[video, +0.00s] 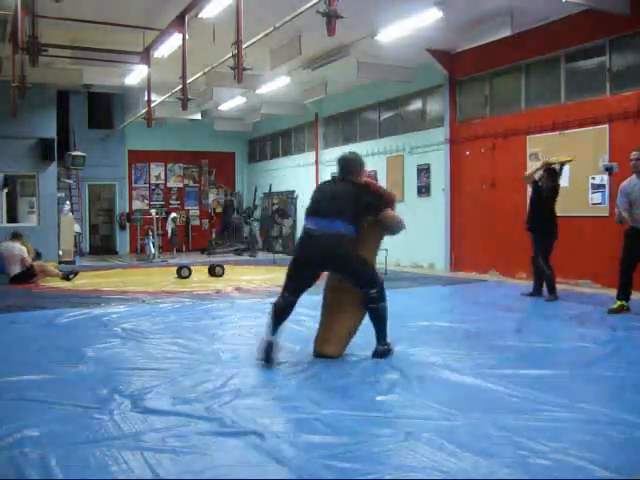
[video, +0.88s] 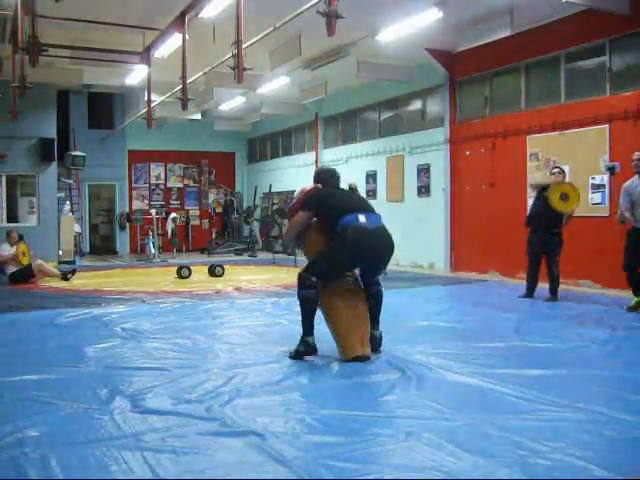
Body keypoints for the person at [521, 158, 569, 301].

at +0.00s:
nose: (541, 175)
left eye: (543, 174)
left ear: (544, 176)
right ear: (555, 178)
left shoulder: (539, 187)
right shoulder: (555, 187)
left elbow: (527, 178)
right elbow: (556, 176)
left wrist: (540, 167)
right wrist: (562, 165)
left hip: (539, 224)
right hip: (550, 222)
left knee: (540, 257)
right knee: (540, 257)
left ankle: (552, 291)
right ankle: (537, 289)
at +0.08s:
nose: (542, 174)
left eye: (543, 172)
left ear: (545, 172)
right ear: (555, 173)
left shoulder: (545, 185)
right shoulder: (551, 184)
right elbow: (533, 177)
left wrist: (535, 223)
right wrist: (545, 165)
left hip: (546, 224)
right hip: (546, 223)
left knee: (544, 257)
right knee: (537, 256)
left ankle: (552, 291)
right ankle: (537, 288)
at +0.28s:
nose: (547, 177)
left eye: (550, 176)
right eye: (549, 175)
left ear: (552, 177)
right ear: (554, 177)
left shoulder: (549, 191)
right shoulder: (547, 189)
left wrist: (542, 226)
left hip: (549, 228)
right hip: (544, 227)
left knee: (548, 258)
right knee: (532, 257)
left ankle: (553, 292)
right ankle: (539, 287)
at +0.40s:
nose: (549, 170)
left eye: (552, 168)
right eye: (548, 167)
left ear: (556, 173)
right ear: (546, 171)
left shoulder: (555, 193)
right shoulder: (544, 189)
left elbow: (550, 188)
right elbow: (544, 184)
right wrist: (548, 171)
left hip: (550, 228)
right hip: (541, 226)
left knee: (549, 258)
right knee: (530, 257)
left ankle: (553, 292)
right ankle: (539, 285)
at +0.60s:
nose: (551, 174)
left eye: (554, 171)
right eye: (549, 171)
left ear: (560, 174)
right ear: (547, 173)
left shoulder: (563, 192)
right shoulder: (545, 183)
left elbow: (562, 204)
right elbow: (543, 166)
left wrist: (564, 186)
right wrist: (560, 157)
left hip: (553, 228)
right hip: (540, 225)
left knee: (552, 261)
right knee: (529, 256)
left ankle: (554, 292)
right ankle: (533, 286)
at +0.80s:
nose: (561, 182)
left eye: (564, 181)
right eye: (559, 179)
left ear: (566, 184)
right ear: (555, 179)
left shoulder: (565, 196)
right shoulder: (544, 186)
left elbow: (564, 216)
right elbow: (538, 172)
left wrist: (566, 205)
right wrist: (556, 170)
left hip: (553, 230)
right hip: (537, 227)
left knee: (553, 263)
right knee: (532, 262)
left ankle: (554, 293)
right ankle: (528, 290)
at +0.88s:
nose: (556, 177)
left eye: (559, 174)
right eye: (554, 174)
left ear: (564, 177)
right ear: (550, 177)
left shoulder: (564, 194)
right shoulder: (542, 191)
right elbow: (531, 182)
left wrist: (569, 215)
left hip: (553, 232)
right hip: (537, 231)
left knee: (552, 264)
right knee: (533, 264)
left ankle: (553, 293)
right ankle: (529, 291)